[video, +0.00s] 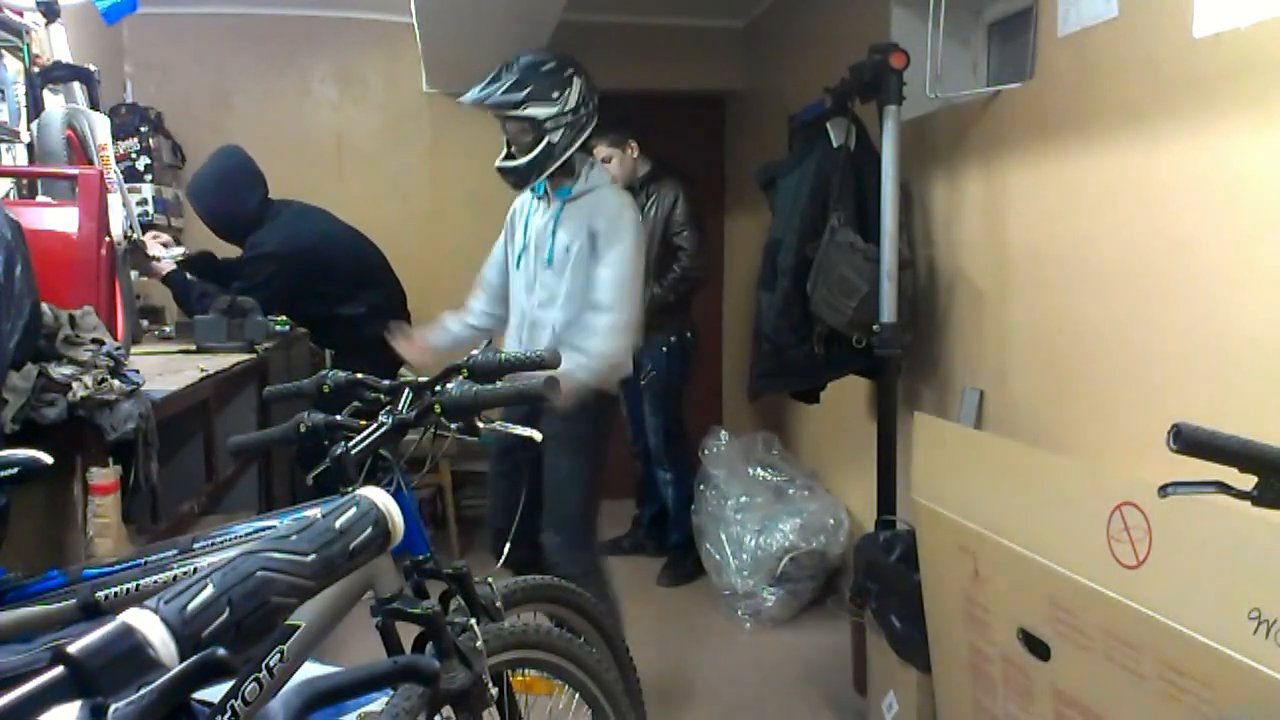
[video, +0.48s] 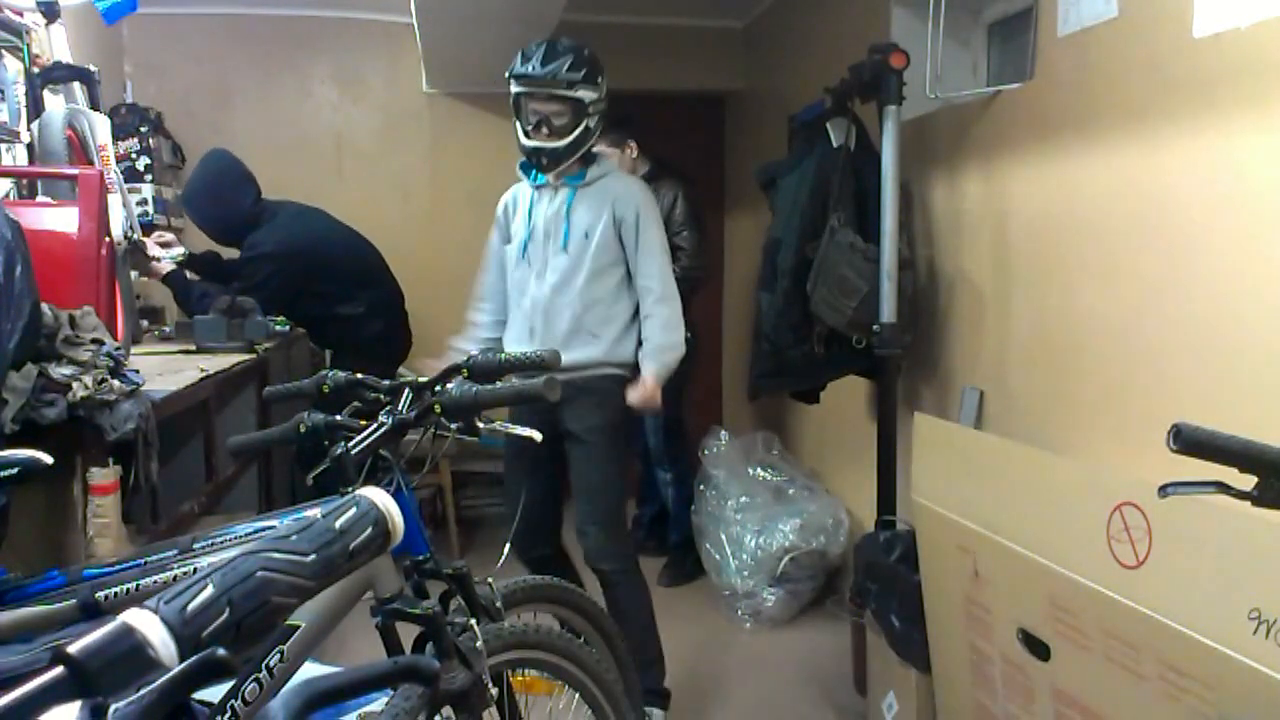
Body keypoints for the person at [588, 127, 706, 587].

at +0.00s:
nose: (603, 170)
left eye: (607, 160)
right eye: (599, 163)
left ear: (632, 152)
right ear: (616, 161)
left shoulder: (668, 192)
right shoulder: (618, 201)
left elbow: (690, 260)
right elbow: (616, 261)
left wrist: (649, 302)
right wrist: (615, 302)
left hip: (665, 332)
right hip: (630, 332)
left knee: (664, 439)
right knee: (640, 439)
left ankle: (685, 545)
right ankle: (649, 528)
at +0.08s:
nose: (602, 167)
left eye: (607, 158)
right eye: (597, 160)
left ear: (632, 153)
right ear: (613, 160)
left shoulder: (668, 193)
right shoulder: (613, 201)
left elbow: (690, 259)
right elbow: (610, 264)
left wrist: (654, 302)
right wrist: (612, 304)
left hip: (667, 328)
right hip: (629, 326)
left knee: (664, 435)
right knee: (640, 435)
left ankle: (685, 544)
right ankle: (650, 526)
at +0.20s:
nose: (602, 169)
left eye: (606, 159)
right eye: (597, 162)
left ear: (632, 152)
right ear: (603, 163)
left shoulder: (667, 192)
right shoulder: (611, 200)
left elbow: (689, 260)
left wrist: (654, 301)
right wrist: (610, 301)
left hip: (664, 323)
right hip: (624, 323)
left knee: (664, 436)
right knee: (639, 436)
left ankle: (685, 544)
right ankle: (650, 526)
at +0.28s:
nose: (603, 169)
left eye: (607, 159)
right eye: (598, 162)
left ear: (632, 152)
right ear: (611, 160)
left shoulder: (668, 192)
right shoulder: (614, 200)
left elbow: (688, 261)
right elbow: (610, 264)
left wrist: (652, 307)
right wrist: (610, 306)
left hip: (665, 330)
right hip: (626, 330)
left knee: (663, 435)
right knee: (640, 437)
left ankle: (685, 543)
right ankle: (650, 526)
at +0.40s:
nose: (602, 169)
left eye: (606, 160)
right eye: (597, 162)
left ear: (632, 152)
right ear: (608, 160)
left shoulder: (668, 192)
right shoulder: (611, 199)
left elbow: (689, 262)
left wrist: (651, 308)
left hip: (664, 328)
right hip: (623, 328)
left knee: (663, 434)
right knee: (638, 435)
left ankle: (685, 543)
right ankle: (651, 525)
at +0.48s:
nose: (602, 166)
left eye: (606, 156)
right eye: (597, 158)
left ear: (631, 151)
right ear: (613, 156)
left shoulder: (668, 192)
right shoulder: (607, 198)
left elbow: (689, 262)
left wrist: (652, 299)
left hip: (663, 322)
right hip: (621, 323)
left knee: (665, 435)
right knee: (638, 435)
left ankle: (685, 542)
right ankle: (651, 524)